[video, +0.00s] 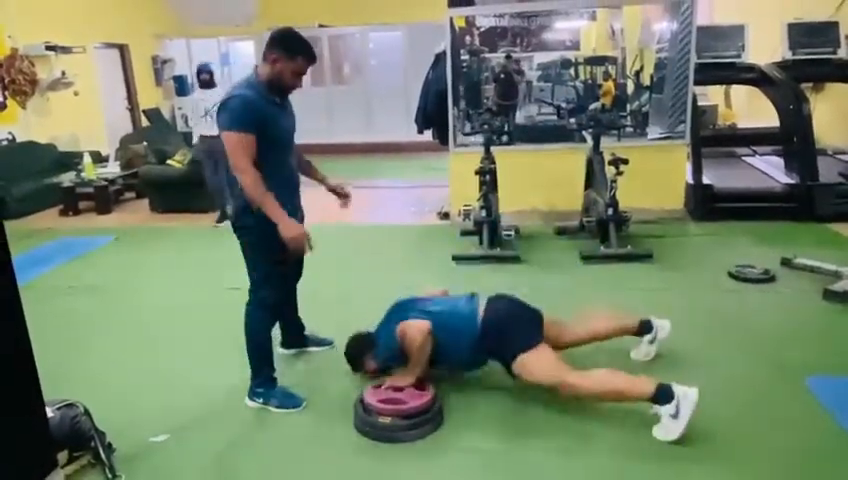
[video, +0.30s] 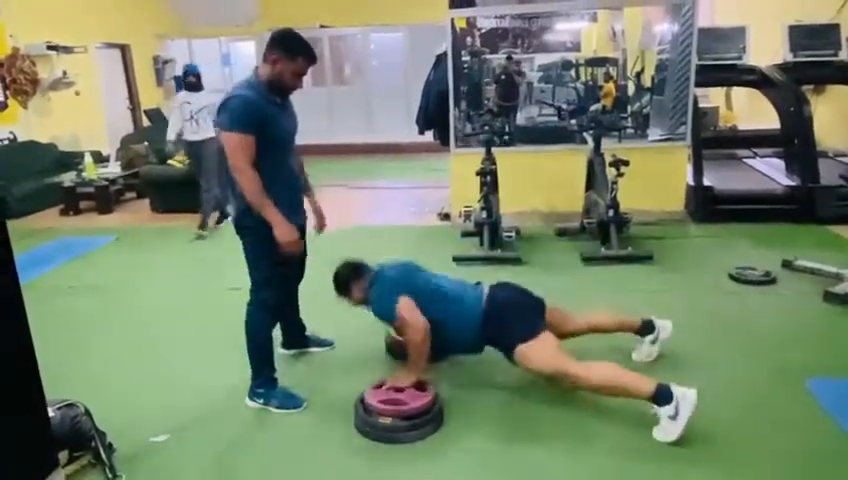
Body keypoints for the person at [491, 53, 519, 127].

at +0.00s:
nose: (507, 63)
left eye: (509, 61)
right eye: (506, 61)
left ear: (512, 61)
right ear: (504, 61)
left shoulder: (516, 72)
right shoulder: (500, 72)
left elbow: (519, 81)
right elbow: (495, 80)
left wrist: (511, 72)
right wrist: (500, 71)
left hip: (512, 101)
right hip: (501, 101)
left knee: (511, 120)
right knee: (501, 119)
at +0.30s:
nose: (508, 64)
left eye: (510, 62)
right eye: (507, 62)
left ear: (512, 63)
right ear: (505, 62)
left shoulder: (517, 73)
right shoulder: (501, 73)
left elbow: (519, 82)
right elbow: (495, 81)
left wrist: (511, 73)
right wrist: (501, 71)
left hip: (513, 102)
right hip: (501, 102)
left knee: (512, 122)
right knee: (502, 121)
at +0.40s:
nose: (509, 64)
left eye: (510, 62)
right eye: (507, 62)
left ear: (513, 62)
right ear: (505, 62)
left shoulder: (518, 73)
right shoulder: (501, 74)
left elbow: (520, 82)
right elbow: (495, 83)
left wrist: (512, 73)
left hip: (513, 103)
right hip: (502, 103)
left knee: (512, 122)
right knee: (502, 122)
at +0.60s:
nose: (510, 63)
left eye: (512, 61)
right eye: (508, 60)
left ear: (514, 61)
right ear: (506, 60)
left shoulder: (518, 70)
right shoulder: (502, 70)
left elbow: (520, 80)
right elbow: (496, 79)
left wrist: (513, 71)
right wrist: (502, 70)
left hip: (514, 100)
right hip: (502, 100)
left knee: (513, 122)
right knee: (502, 121)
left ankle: (514, 138)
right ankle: (501, 137)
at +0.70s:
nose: (510, 62)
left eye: (512, 60)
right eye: (509, 60)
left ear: (515, 60)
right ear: (507, 60)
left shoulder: (518, 69)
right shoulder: (503, 70)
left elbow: (521, 79)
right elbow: (497, 79)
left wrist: (514, 70)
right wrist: (502, 69)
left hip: (515, 100)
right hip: (503, 99)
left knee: (514, 121)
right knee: (503, 120)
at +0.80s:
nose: (511, 61)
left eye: (513, 59)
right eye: (510, 59)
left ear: (515, 59)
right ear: (508, 59)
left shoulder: (519, 69)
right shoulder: (503, 70)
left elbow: (521, 79)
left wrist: (514, 69)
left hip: (516, 99)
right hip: (505, 99)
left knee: (515, 120)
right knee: (505, 119)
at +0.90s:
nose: (512, 60)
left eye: (513, 58)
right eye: (510, 58)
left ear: (516, 59)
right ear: (508, 58)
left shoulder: (519, 68)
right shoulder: (504, 69)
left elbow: (522, 78)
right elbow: (498, 78)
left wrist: (515, 69)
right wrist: (505, 68)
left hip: (516, 99)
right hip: (505, 98)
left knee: (515, 117)